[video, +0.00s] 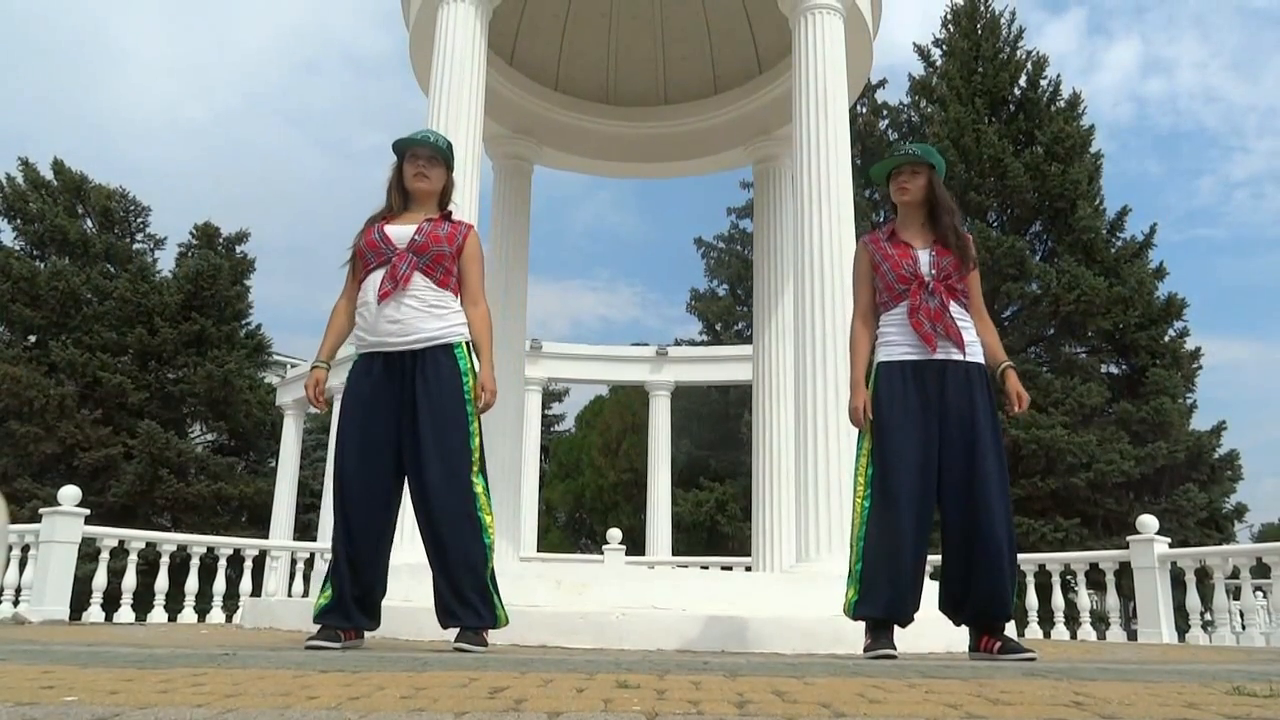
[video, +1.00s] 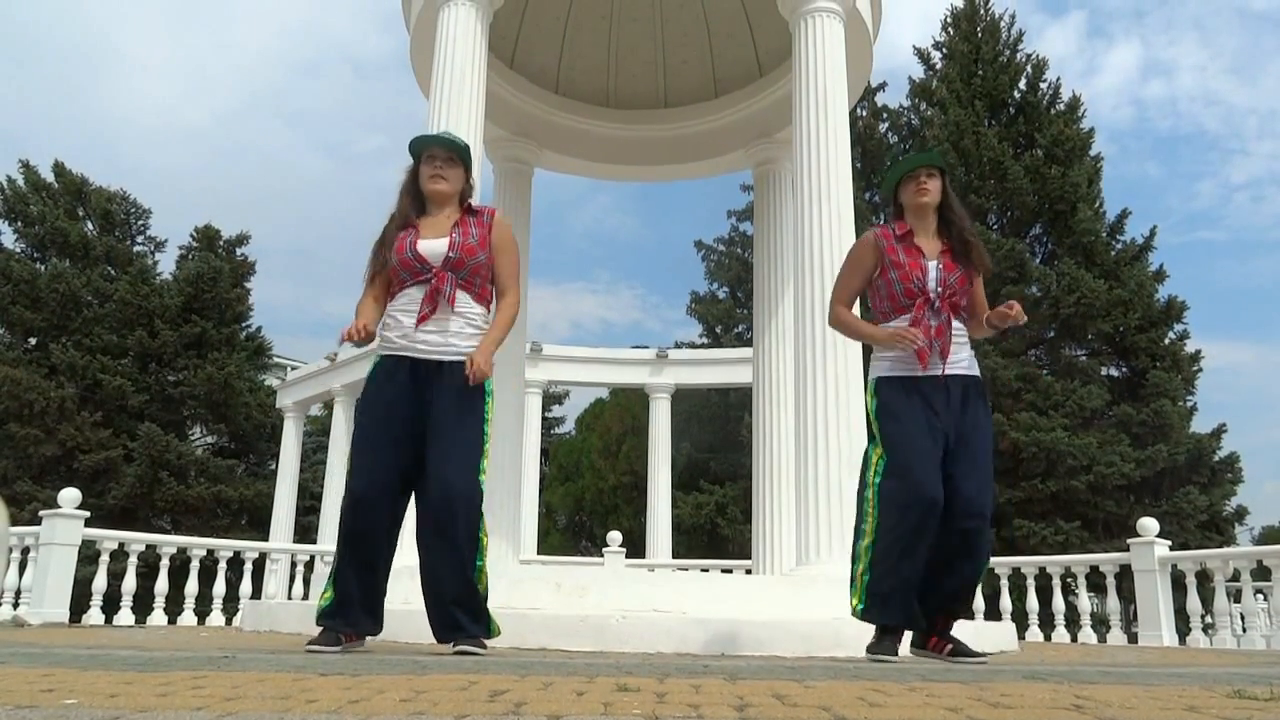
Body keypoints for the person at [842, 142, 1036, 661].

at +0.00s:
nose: (904, 180)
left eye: (914, 172)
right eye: (897, 174)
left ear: (934, 182)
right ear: (888, 185)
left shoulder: (960, 242)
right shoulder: (872, 246)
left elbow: (979, 314)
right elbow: (864, 320)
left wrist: (1006, 370)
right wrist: (858, 384)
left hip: (965, 379)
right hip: (900, 379)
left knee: (981, 498)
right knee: (898, 499)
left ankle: (986, 632)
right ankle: (880, 628)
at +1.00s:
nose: (922, 183)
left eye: (930, 176)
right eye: (912, 178)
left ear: (944, 188)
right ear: (898, 192)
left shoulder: (963, 247)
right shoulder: (878, 242)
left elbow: (975, 326)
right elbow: (838, 311)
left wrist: (996, 319)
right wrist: (879, 334)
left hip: (963, 386)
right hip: (902, 386)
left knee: (972, 506)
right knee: (917, 496)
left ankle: (936, 632)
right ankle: (890, 626)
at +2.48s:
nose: (921, 243)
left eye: (929, 240)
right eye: (913, 237)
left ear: (938, 258)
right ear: (896, 247)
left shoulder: (926, 314)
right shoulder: (876, 278)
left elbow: (930, 388)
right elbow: (825, 331)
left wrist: (970, 365)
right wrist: (874, 287)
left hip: (910, 422)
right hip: (875, 410)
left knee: (945, 520)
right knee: (929, 501)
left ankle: (886, 639)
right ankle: (920, 638)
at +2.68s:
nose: (921, 250)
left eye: (929, 245)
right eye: (912, 243)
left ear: (938, 258)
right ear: (896, 249)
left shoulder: (923, 305)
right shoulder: (883, 274)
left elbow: (943, 380)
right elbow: (853, 321)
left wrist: (958, 343)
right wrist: (926, 309)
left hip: (909, 399)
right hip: (879, 391)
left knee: (945, 511)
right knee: (916, 501)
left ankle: (891, 639)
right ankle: (909, 639)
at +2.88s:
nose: (925, 257)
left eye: (935, 255)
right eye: (917, 252)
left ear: (945, 274)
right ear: (900, 261)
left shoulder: (931, 322)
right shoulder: (890, 277)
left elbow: (941, 397)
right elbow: (858, 319)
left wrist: (962, 356)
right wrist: (931, 310)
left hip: (917, 410)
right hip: (880, 397)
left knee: (953, 524)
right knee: (922, 505)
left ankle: (890, 642)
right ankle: (915, 642)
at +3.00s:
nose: (930, 261)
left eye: (938, 259)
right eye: (923, 255)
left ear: (946, 277)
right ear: (906, 263)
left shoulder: (933, 333)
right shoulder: (890, 280)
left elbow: (932, 412)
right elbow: (835, 316)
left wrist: (967, 379)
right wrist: (904, 307)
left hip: (915, 425)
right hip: (877, 410)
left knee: (958, 533)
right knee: (931, 507)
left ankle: (889, 642)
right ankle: (916, 642)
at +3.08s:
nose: (936, 259)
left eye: (944, 257)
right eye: (928, 254)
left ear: (950, 277)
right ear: (910, 265)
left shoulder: (934, 329)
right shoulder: (893, 281)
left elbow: (934, 411)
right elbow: (827, 321)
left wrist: (976, 396)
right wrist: (888, 317)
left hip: (914, 430)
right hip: (876, 418)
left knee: (956, 534)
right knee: (930, 510)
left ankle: (888, 644)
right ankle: (922, 644)